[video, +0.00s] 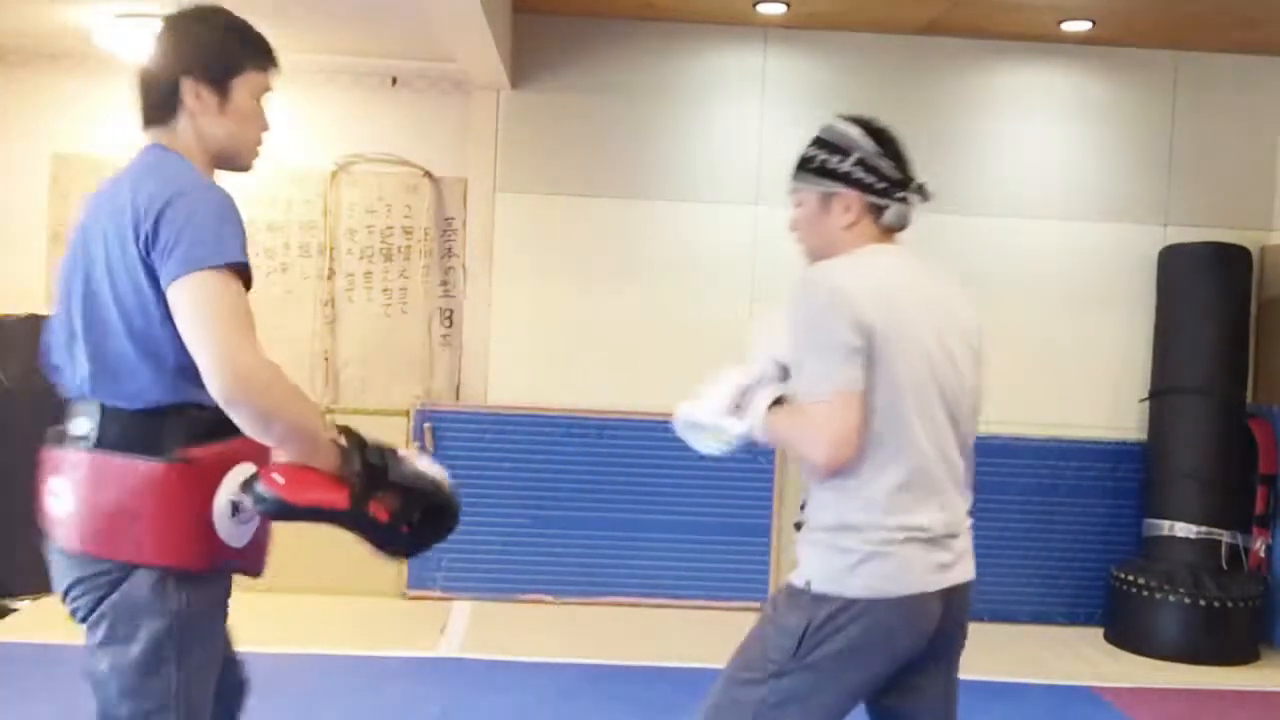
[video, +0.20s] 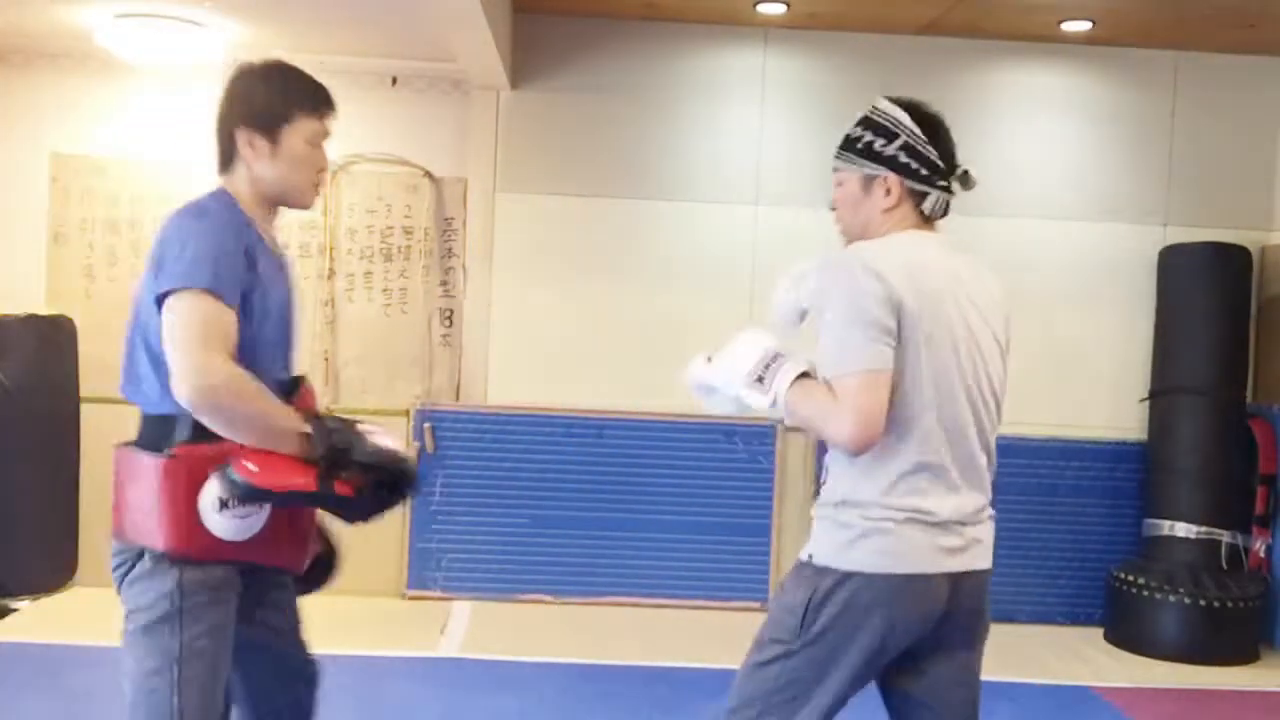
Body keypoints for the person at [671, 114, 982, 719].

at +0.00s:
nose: (791, 220)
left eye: (801, 202)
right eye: (793, 202)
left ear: (847, 206)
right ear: (857, 206)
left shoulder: (832, 286)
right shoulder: (945, 292)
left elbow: (830, 443)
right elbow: (927, 432)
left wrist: (756, 410)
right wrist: (790, 390)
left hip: (851, 597)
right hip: (942, 591)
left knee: (734, 713)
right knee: (920, 713)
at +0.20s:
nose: (831, 199)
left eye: (840, 182)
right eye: (835, 182)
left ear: (887, 188)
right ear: (902, 191)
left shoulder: (862, 270)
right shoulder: (981, 284)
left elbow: (856, 424)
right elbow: (937, 412)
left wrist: (775, 373)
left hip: (863, 576)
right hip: (963, 577)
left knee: (758, 710)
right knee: (945, 714)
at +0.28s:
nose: (831, 200)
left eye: (841, 182)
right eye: (835, 182)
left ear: (887, 191)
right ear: (907, 194)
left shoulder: (863, 273)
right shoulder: (984, 290)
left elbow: (853, 426)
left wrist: (770, 373)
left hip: (861, 580)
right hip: (962, 582)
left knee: (760, 710)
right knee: (944, 713)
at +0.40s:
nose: (828, 209)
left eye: (835, 192)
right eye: (830, 191)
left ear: (879, 200)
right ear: (903, 203)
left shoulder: (855, 282)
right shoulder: (982, 295)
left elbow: (836, 440)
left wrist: (754, 378)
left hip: (853, 592)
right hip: (958, 591)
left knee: (768, 710)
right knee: (939, 713)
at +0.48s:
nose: (813, 207)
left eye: (819, 189)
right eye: (815, 188)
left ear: (860, 197)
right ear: (893, 200)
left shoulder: (844, 286)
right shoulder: (976, 295)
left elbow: (826, 444)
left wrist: (743, 387)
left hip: (851, 582)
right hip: (958, 581)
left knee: (764, 711)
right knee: (943, 714)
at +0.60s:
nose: (798, 215)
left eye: (805, 198)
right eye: (799, 198)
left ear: (844, 202)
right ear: (871, 204)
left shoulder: (834, 288)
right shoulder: (966, 287)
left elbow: (825, 452)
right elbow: (996, 429)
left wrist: (744, 399)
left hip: (856, 582)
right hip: (959, 578)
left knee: (767, 712)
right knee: (946, 716)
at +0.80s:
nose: (790, 224)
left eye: (794, 206)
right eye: (790, 206)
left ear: (831, 209)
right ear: (855, 210)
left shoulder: (831, 293)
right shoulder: (928, 292)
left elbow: (830, 447)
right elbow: (927, 433)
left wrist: (736, 402)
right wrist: (803, 385)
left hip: (846, 588)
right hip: (940, 582)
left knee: (712, 711)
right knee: (938, 713)